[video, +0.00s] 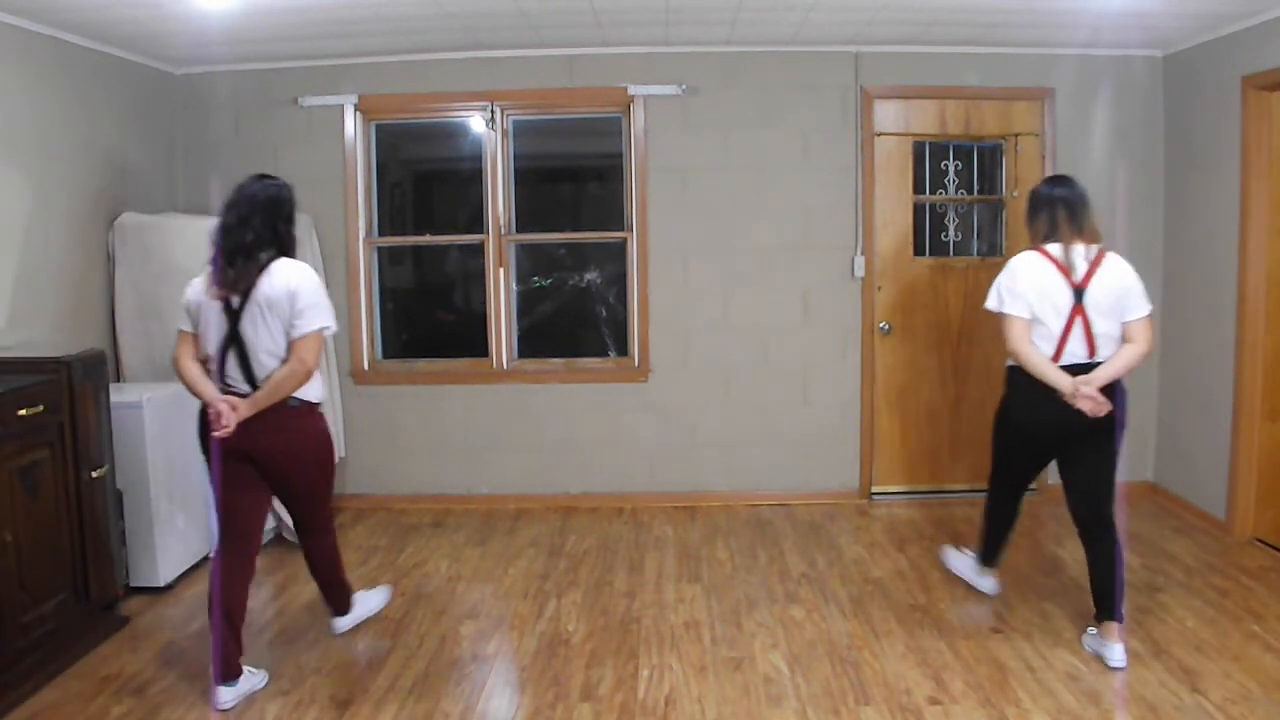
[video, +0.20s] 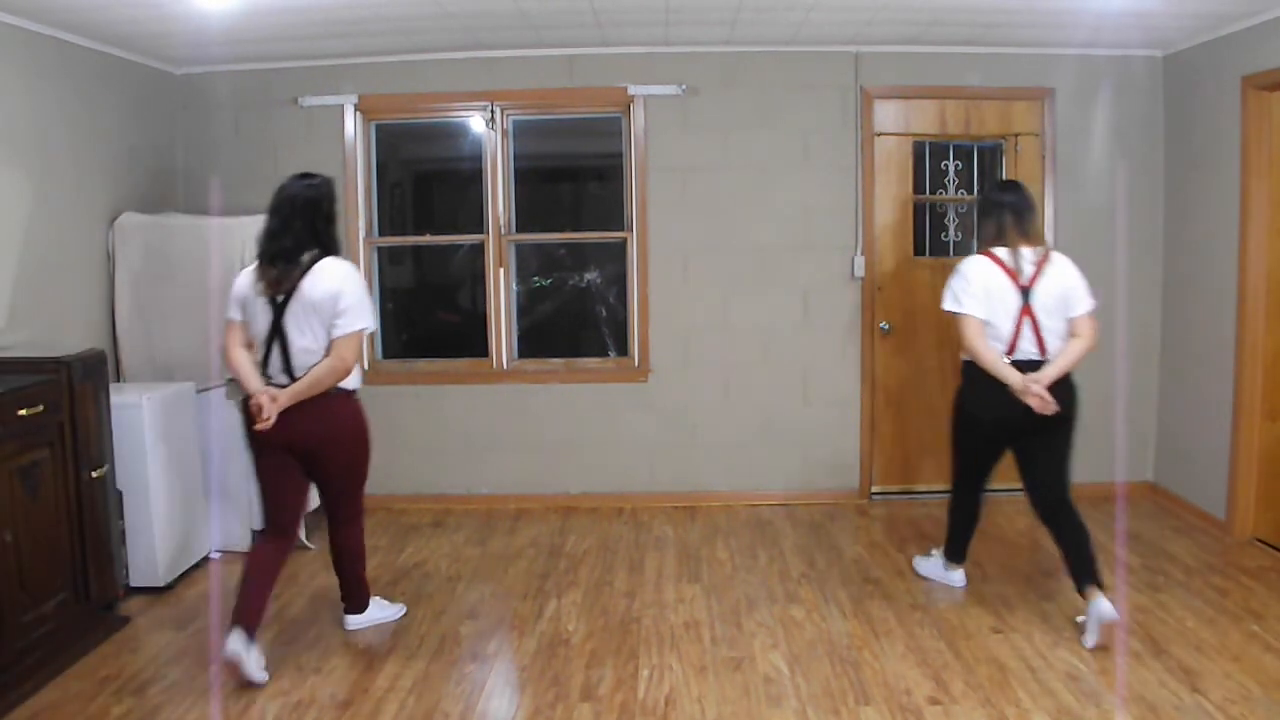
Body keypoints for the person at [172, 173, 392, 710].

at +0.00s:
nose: (291, 226)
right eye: (290, 218)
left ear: (230, 219)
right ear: (284, 224)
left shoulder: (205, 284)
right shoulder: (298, 279)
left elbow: (185, 357)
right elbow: (303, 364)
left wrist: (214, 396)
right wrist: (245, 407)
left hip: (227, 430)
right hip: (291, 427)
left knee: (233, 550)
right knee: (315, 524)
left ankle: (226, 679)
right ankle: (343, 605)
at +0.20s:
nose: (335, 221)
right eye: (332, 213)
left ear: (277, 218)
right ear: (327, 220)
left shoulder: (250, 279)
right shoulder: (341, 276)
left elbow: (236, 348)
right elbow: (343, 360)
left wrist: (260, 393)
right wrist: (283, 398)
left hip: (270, 417)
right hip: (332, 416)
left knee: (278, 528)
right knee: (345, 516)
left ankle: (243, 633)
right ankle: (358, 607)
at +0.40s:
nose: (370, 210)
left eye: (368, 200)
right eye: (365, 202)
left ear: (312, 208)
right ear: (346, 209)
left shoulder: (282, 267)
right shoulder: (361, 265)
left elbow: (270, 333)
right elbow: (357, 348)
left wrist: (286, 377)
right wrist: (308, 383)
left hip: (302, 401)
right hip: (353, 401)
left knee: (332, 489)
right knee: (355, 505)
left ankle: (289, 574)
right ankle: (359, 605)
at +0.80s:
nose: (405, 217)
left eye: (405, 208)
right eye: (399, 208)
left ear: (369, 209)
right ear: (374, 209)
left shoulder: (363, 259)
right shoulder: (360, 263)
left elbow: (340, 341)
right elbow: (341, 348)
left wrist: (319, 364)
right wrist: (319, 373)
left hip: (372, 393)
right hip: (359, 395)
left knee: (386, 486)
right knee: (364, 493)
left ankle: (316, 564)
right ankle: (354, 601)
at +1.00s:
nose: (430, 223)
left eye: (431, 214)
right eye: (424, 213)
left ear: (403, 215)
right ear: (398, 213)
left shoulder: (398, 263)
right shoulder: (372, 262)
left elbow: (372, 334)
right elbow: (344, 348)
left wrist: (335, 369)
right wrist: (335, 372)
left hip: (401, 394)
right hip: (371, 397)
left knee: (434, 480)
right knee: (367, 500)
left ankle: (365, 546)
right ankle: (353, 602)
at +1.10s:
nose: (446, 225)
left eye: (447, 216)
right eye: (441, 215)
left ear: (422, 217)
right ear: (415, 214)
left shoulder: (415, 264)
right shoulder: (383, 263)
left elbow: (387, 332)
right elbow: (354, 344)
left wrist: (349, 367)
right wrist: (353, 369)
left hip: (419, 398)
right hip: (384, 400)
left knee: (460, 475)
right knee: (370, 502)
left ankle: (420, 567)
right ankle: (353, 601)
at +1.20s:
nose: (464, 229)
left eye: (466, 220)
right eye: (459, 219)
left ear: (444, 222)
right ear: (433, 217)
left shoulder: (437, 269)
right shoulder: (399, 266)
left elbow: (415, 339)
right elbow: (369, 345)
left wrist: (366, 368)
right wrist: (369, 367)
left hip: (440, 403)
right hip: (401, 405)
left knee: (474, 483)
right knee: (378, 502)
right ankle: (354, 600)